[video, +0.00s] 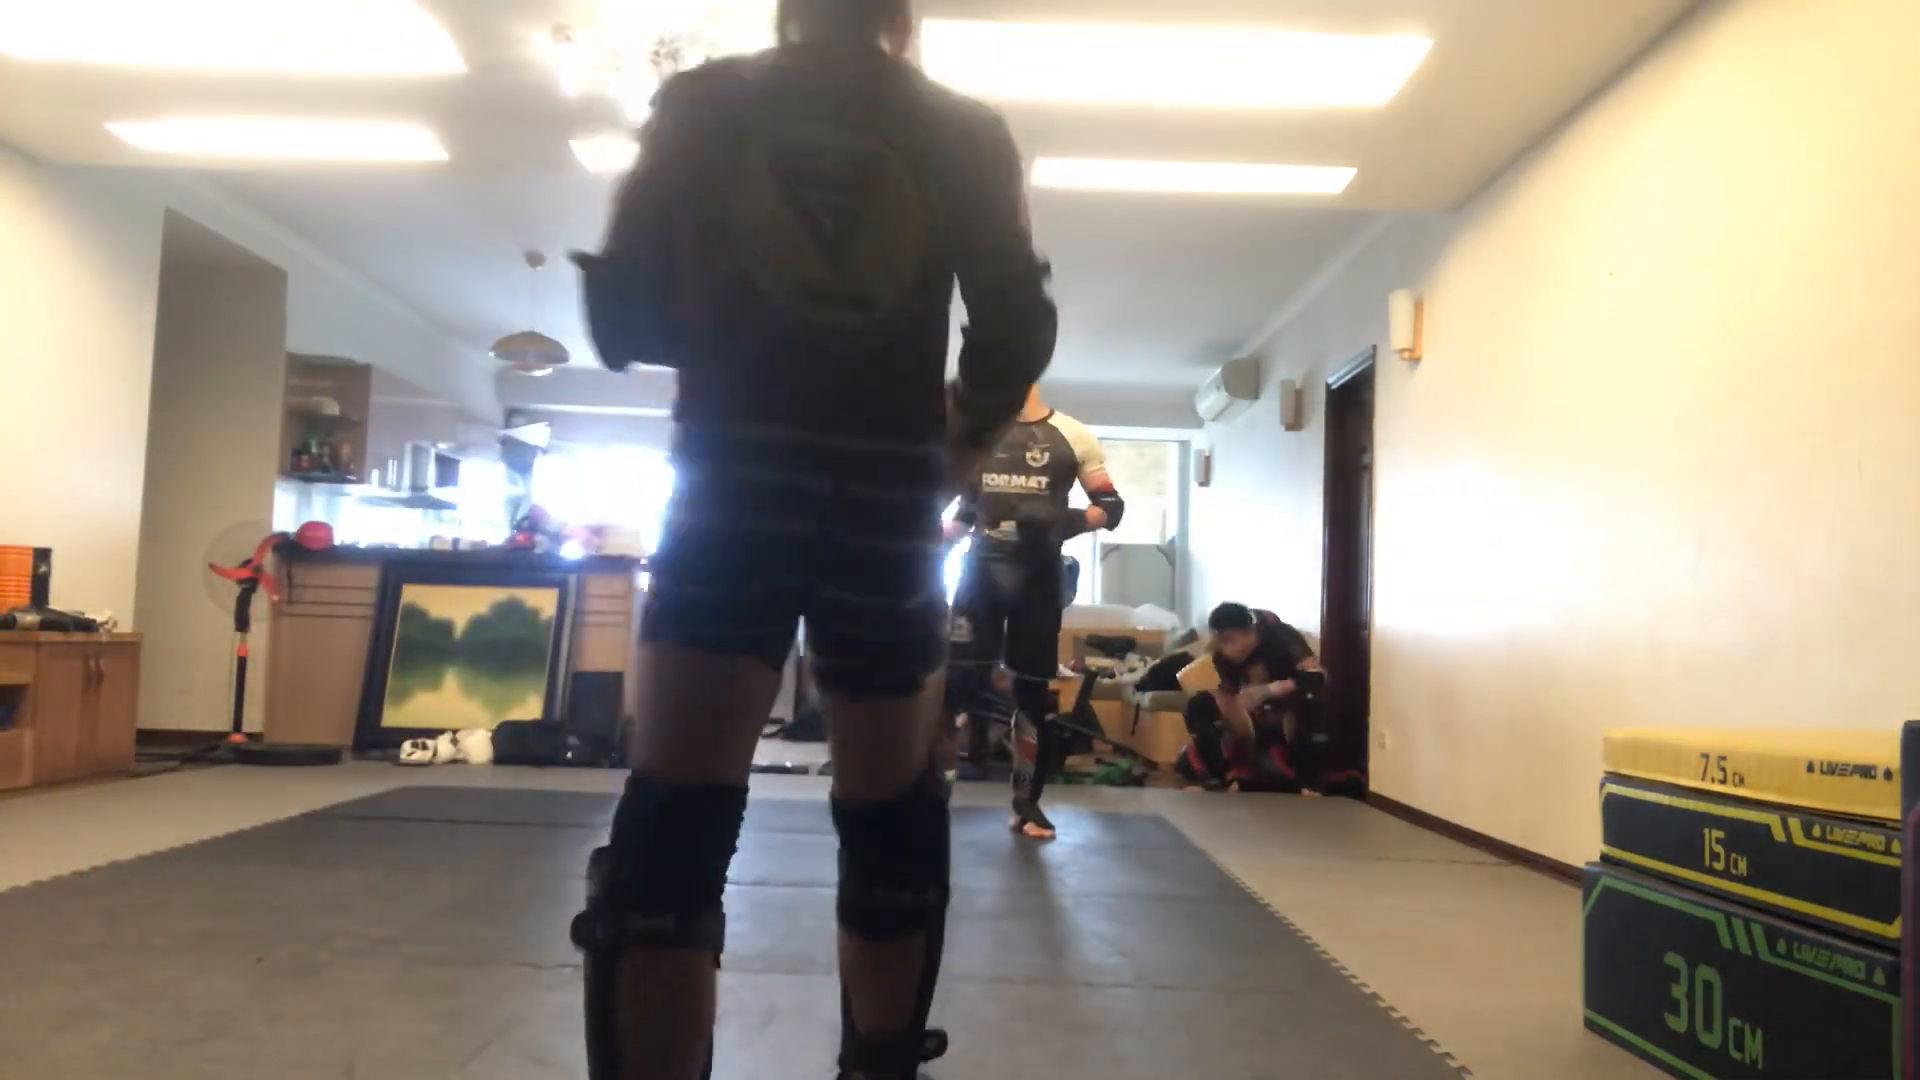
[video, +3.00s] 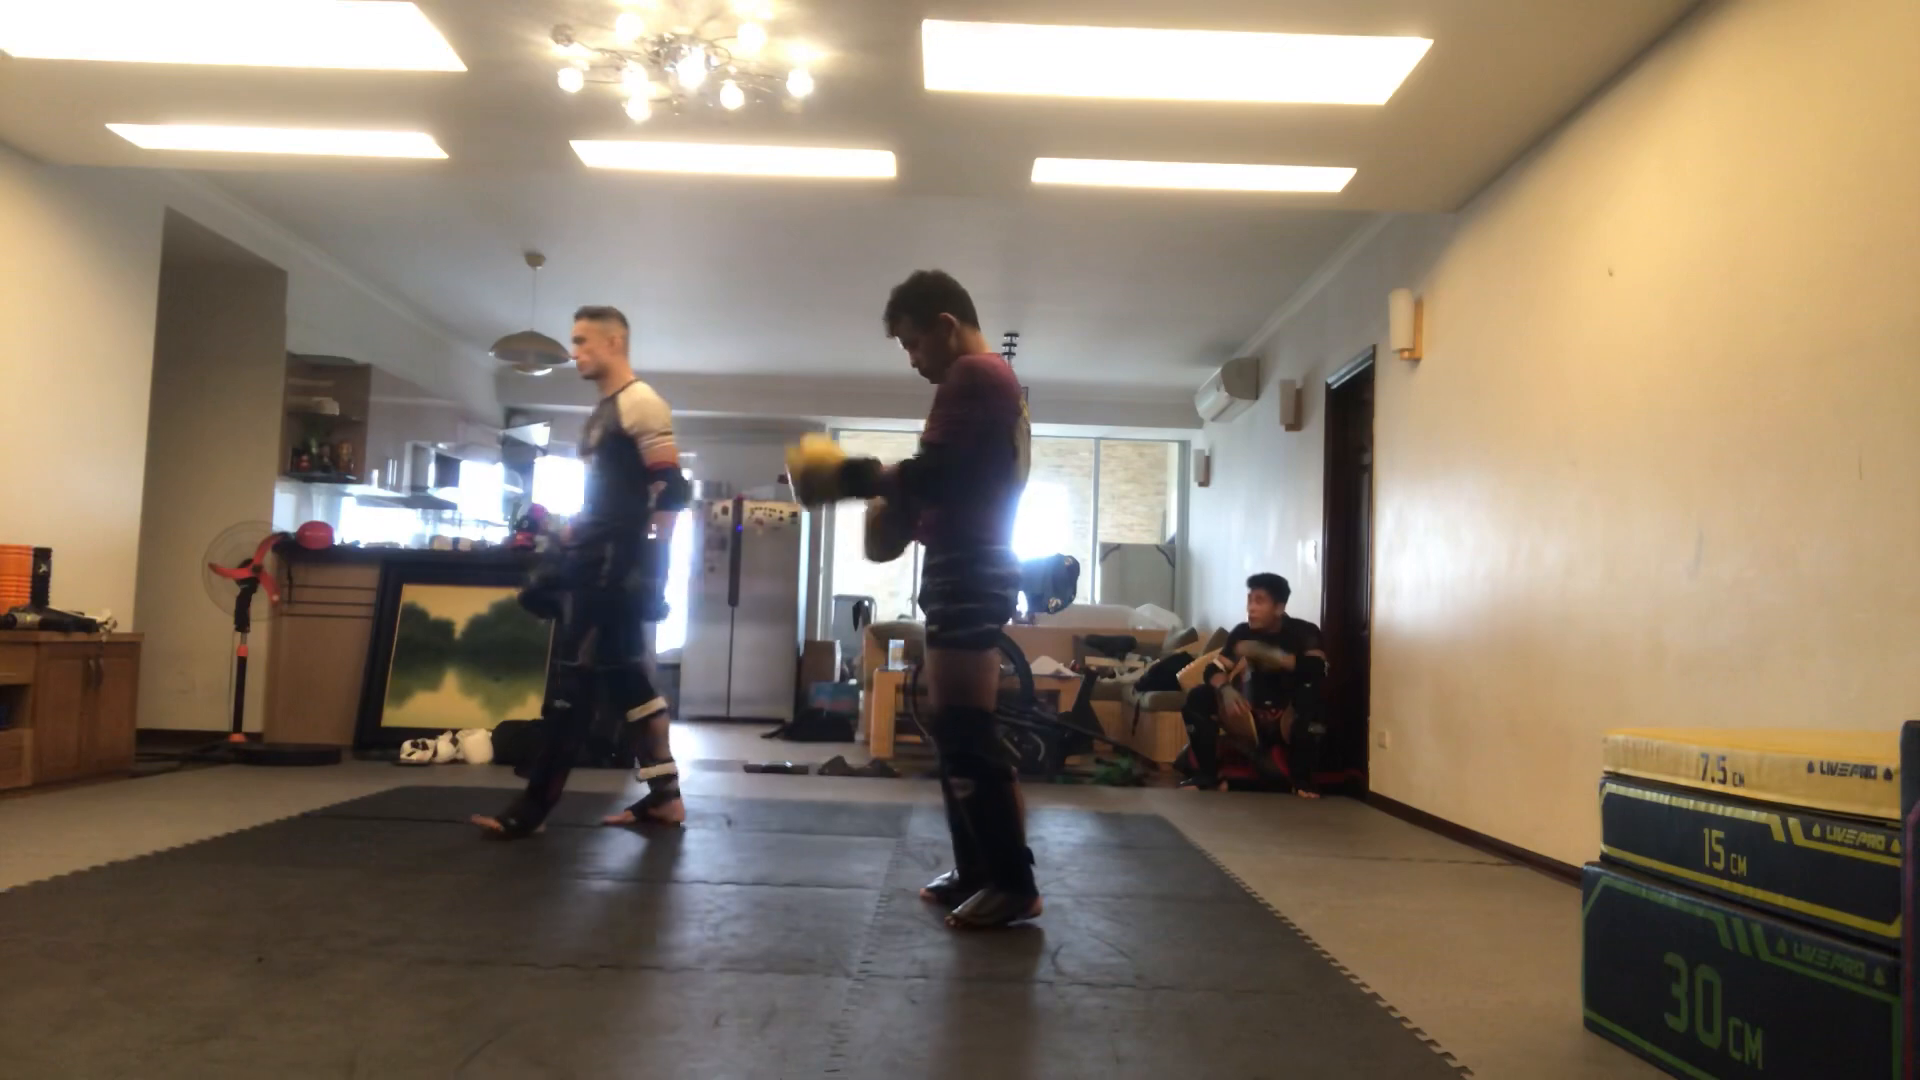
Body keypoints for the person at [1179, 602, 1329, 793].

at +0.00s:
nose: (1225, 649)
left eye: (1231, 641)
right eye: (1221, 642)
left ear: (1250, 634)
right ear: (1217, 640)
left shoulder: (1281, 636)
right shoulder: (1223, 658)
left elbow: (1314, 675)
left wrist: (1267, 692)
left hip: (1287, 704)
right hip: (1249, 710)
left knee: (1311, 704)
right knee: (1199, 704)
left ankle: (1308, 782)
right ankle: (1219, 777)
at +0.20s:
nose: (1243, 622)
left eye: (1251, 614)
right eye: (1240, 613)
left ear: (1270, 613)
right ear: (1237, 612)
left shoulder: (1299, 631)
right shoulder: (1236, 638)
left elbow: (1316, 677)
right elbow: (1232, 684)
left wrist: (1267, 682)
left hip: (1292, 698)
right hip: (1255, 701)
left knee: (1311, 702)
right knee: (1203, 703)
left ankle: (1306, 780)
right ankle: (1217, 775)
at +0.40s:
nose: (1255, 607)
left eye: (1263, 600)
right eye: (1253, 600)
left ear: (1283, 603)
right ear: (1250, 601)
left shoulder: (1305, 632)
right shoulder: (1243, 632)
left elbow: (1314, 679)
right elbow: (1225, 675)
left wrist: (1264, 680)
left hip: (1290, 702)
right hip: (1249, 703)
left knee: (1310, 706)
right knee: (1200, 705)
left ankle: (1307, 782)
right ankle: (1220, 777)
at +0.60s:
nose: (1261, 598)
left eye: (1270, 592)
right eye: (1260, 591)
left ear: (1289, 598)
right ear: (1257, 594)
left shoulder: (1308, 630)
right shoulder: (1252, 628)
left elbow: (1317, 677)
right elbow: (1221, 663)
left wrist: (1264, 674)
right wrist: (1208, 683)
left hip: (1291, 715)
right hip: (1249, 713)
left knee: (1311, 698)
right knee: (1195, 702)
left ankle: (1303, 782)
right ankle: (1218, 779)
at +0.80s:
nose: (1264, 597)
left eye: (1273, 590)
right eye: (1263, 590)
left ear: (1292, 597)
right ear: (1260, 593)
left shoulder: (1311, 631)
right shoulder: (1253, 627)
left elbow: (1320, 673)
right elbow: (1225, 657)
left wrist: (1282, 653)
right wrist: (1200, 667)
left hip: (1292, 713)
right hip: (1248, 711)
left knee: (1309, 701)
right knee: (1197, 699)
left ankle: (1301, 782)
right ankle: (1217, 779)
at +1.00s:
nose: (1263, 596)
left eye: (1272, 590)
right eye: (1262, 589)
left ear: (1290, 598)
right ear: (1260, 593)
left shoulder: (1312, 629)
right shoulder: (1253, 629)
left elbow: (1320, 665)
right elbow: (1221, 661)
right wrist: (1217, 665)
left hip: (1294, 714)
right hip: (1252, 714)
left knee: (1308, 700)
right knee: (1200, 696)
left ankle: (1300, 782)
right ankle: (1204, 776)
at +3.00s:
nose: (1250, 608)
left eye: (1259, 601)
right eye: (1250, 601)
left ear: (1279, 607)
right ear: (1247, 602)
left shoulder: (1304, 632)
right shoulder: (1241, 634)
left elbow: (1317, 668)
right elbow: (1215, 671)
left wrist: (1276, 658)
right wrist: (1226, 690)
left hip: (1287, 720)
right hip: (1245, 720)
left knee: (1311, 697)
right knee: (1198, 698)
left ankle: (1303, 781)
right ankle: (1207, 776)